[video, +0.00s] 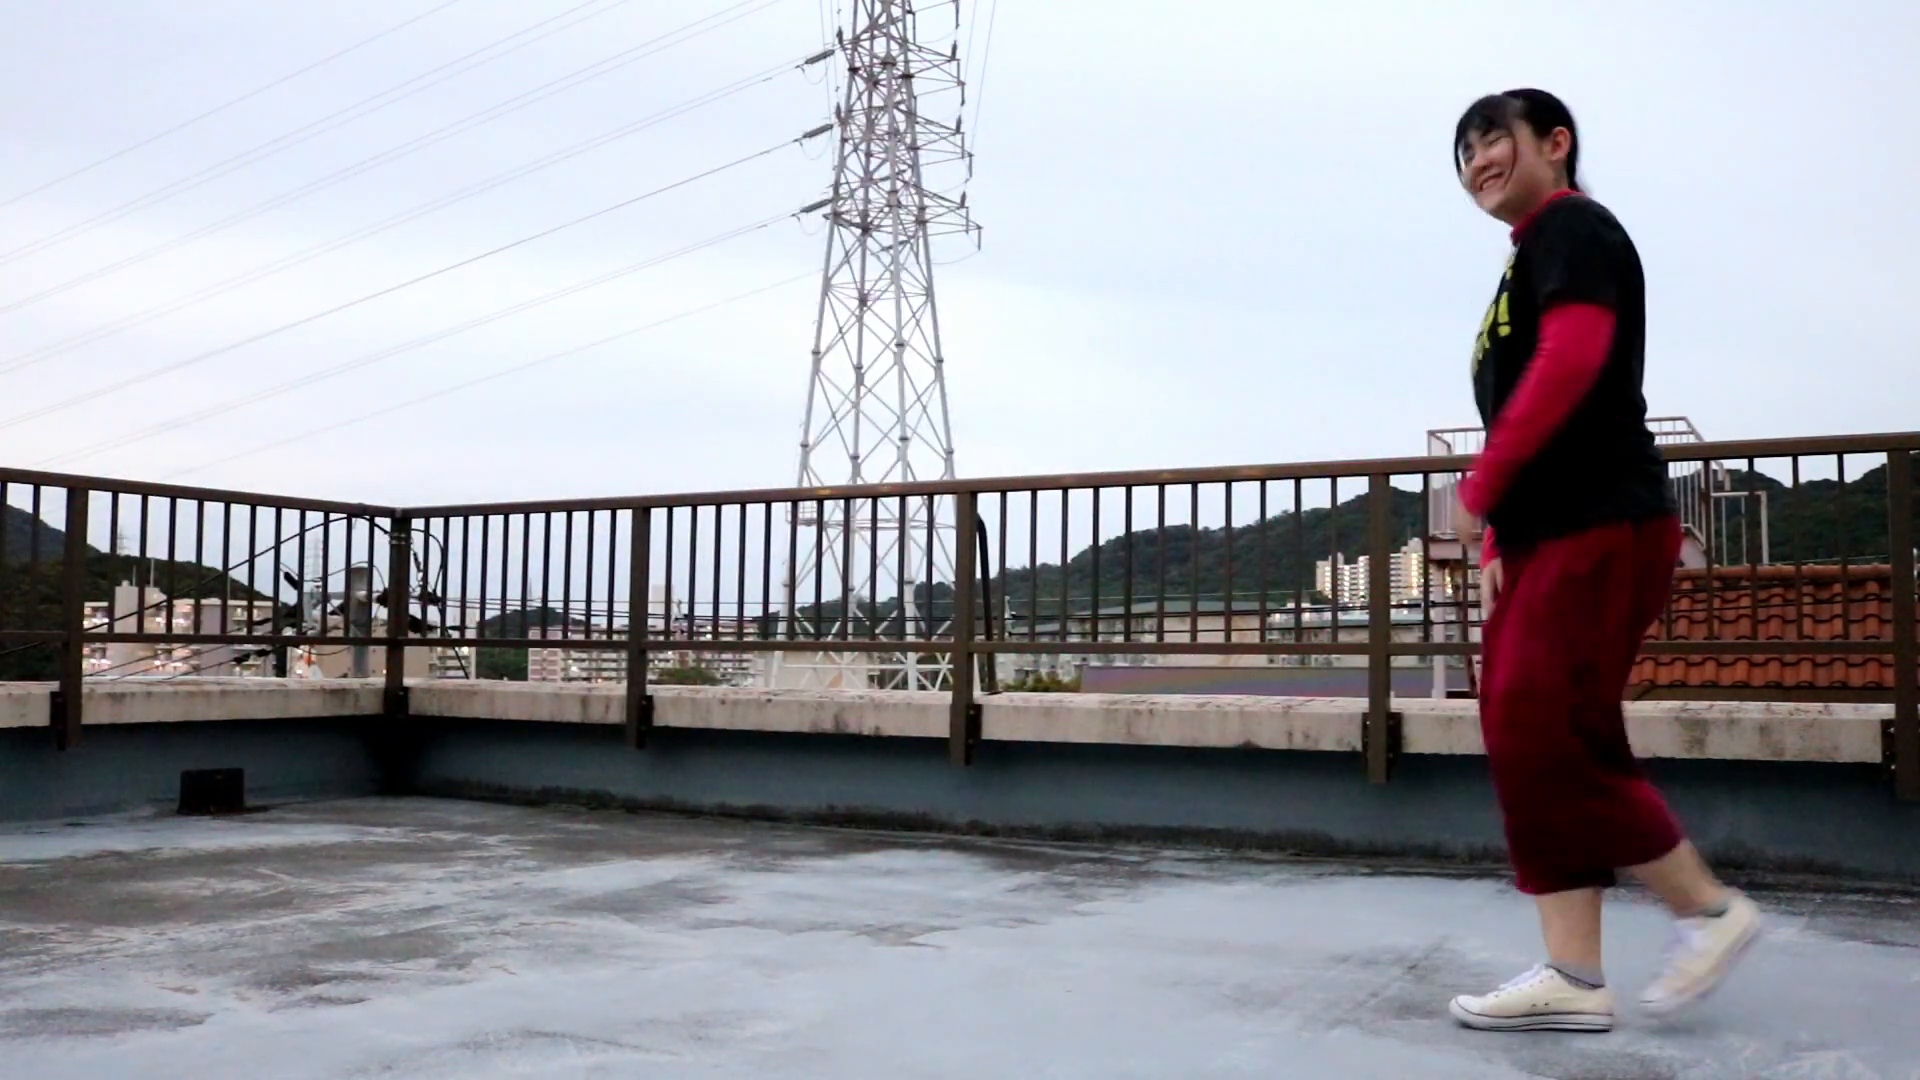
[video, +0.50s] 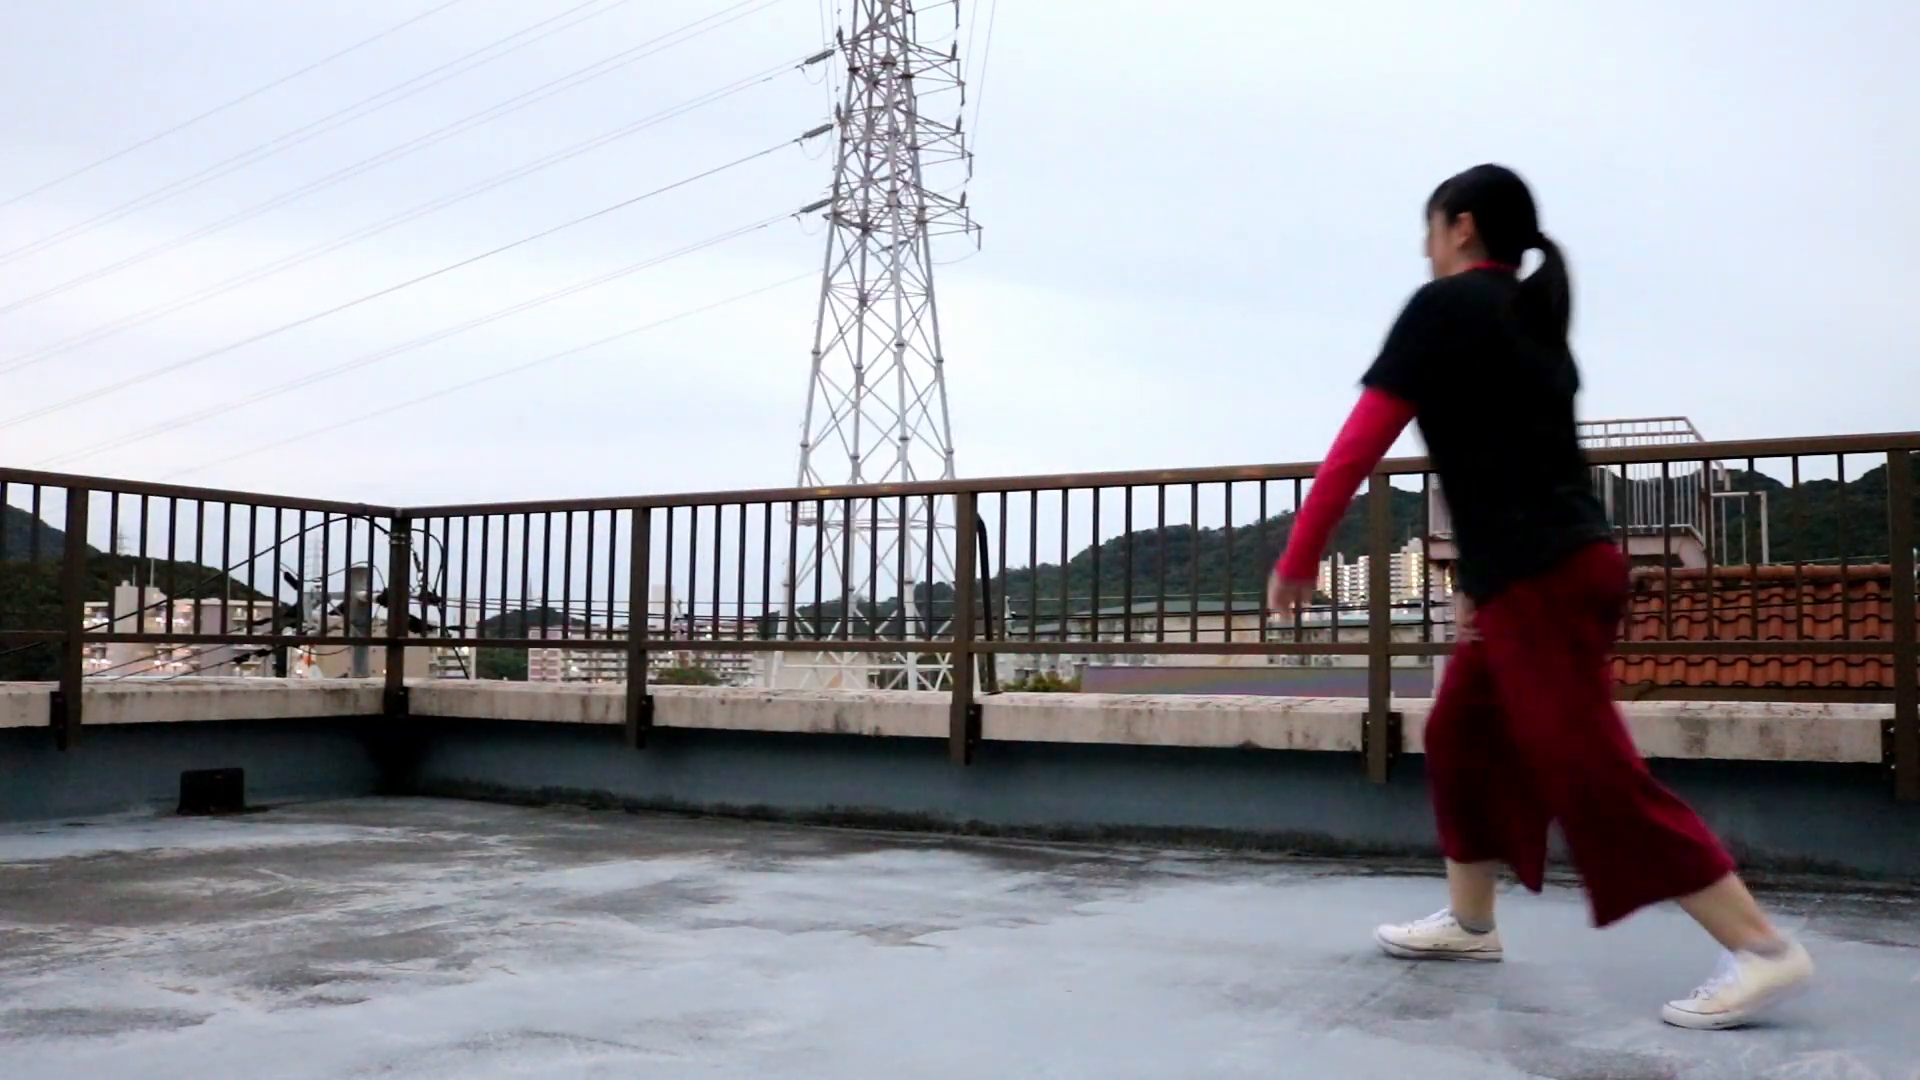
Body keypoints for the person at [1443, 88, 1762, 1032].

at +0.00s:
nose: (1481, 157)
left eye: (1499, 135)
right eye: (1469, 151)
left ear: (1557, 143)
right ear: (1470, 180)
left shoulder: (1574, 226)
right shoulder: (1531, 258)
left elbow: (1573, 360)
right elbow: (1540, 406)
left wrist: (1480, 485)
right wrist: (1507, 530)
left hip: (1603, 531)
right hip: (1548, 540)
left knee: (1541, 724)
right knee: (1524, 728)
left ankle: (1716, 913)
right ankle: (1574, 973)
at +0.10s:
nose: (1478, 168)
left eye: (1490, 148)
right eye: (1477, 154)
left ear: (1547, 145)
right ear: (1543, 150)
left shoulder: (1565, 224)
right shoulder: (1545, 245)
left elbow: (1527, 343)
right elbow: (1548, 407)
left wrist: (1448, 417)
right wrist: (1507, 520)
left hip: (1614, 524)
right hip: (1558, 534)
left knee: (1582, 726)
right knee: (1521, 729)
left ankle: (1748, 942)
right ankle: (1568, 960)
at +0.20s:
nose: (1481, 189)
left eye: (1490, 168)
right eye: (1483, 171)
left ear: (1536, 165)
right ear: (1551, 171)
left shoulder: (1541, 245)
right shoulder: (1569, 254)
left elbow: (1472, 336)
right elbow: (1572, 417)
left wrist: (1415, 394)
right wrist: (1526, 532)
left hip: (1616, 544)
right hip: (1576, 548)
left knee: (1624, 744)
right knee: (1490, 711)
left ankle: (1770, 955)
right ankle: (1541, 926)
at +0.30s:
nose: (1477, 213)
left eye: (1483, 195)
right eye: (1479, 196)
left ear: (1520, 194)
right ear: (1549, 202)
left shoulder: (1515, 274)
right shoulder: (1574, 281)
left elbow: (1424, 357)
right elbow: (1590, 440)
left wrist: (1370, 415)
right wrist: (1536, 557)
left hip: (1609, 561)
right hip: (1613, 554)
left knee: (1632, 752)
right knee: (1474, 706)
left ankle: (1776, 968)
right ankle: (1508, 909)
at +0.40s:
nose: (1456, 235)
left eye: (1462, 219)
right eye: (1458, 220)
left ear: (1496, 219)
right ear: (1526, 225)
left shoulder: (1485, 297)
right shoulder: (1557, 306)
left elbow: (1376, 402)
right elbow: (1569, 457)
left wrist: (1317, 494)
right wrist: (1519, 580)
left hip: (1587, 572)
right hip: (1594, 565)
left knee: (1614, 770)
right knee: (1471, 727)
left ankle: (1777, 968)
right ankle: (1478, 911)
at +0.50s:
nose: (1426, 245)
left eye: (1432, 230)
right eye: (1430, 230)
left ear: (1463, 231)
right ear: (1502, 238)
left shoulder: (1438, 309)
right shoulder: (1530, 313)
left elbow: (1357, 447)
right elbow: (1538, 455)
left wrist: (1299, 555)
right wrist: (1493, 581)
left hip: (1534, 576)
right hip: (1574, 561)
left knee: (1591, 766)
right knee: (1456, 733)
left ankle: (1764, 949)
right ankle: (1470, 920)